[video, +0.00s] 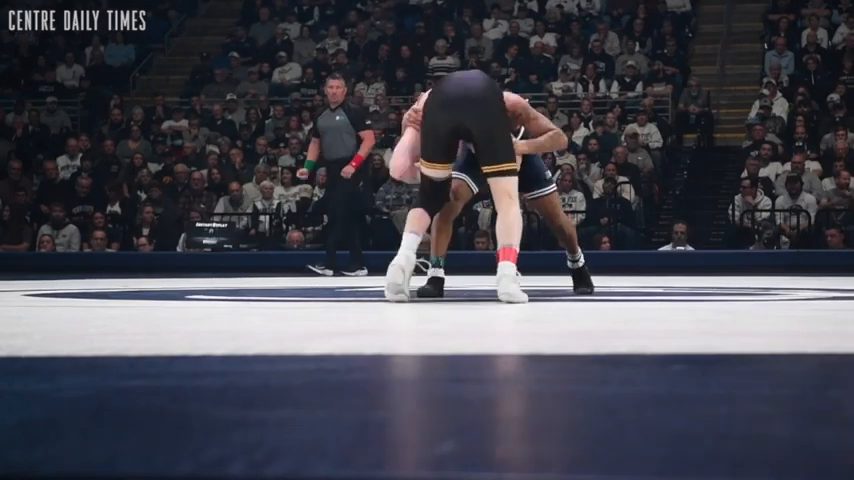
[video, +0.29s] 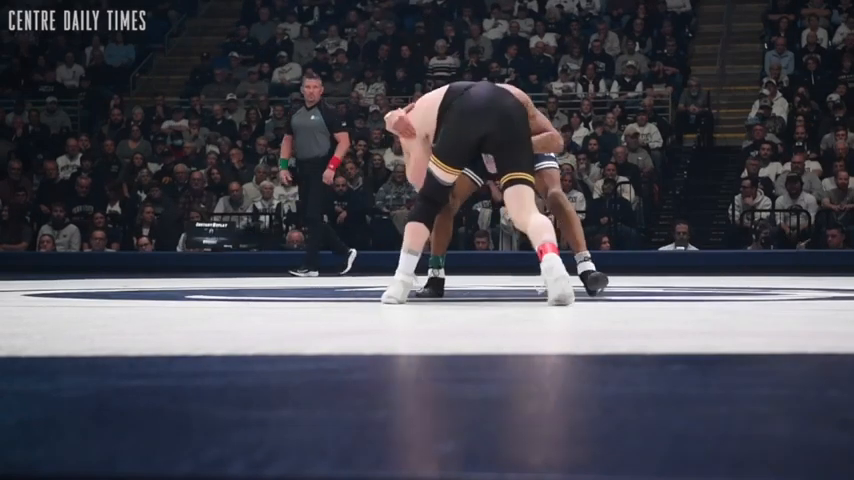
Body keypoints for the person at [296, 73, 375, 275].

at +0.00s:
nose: (334, 91)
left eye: (338, 87)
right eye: (330, 87)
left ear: (345, 90)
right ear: (325, 90)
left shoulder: (354, 112)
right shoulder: (321, 118)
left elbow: (369, 139)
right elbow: (315, 143)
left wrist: (354, 164)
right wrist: (307, 167)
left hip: (351, 168)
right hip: (332, 170)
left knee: (339, 214)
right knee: (344, 215)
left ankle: (330, 263)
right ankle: (357, 263)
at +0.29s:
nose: (311, 91)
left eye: (315, 87)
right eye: (308, 87)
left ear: (321, 90)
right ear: (302, 89)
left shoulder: (328, 112)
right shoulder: (295, 114)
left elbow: (344, 141)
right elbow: (288, 140)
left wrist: (332, 167)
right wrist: (284, 165)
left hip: (321, 167)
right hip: (301, 168)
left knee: (314, 216)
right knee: (308, 217)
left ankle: (311, 266)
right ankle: (345, 252)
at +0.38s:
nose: (304, 90)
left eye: (308, 86)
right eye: (300, 86)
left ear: (315, 89)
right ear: (295, 88)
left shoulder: (322, 111)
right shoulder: (289, 113)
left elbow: (335, 141)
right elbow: (281, 138)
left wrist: (319, 165)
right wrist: (276, 163)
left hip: (314, 164)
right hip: (296, 164)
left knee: (311, 215)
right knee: (294, 215)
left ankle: (311, 264)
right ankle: (331, 245)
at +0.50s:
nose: (295, 88)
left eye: (299, 84)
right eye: (292, 84)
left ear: (305, 86)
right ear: (286, 87)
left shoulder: (313, 108)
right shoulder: (279, 111)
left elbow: (322, 139)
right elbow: (273, 138)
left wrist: (301, 160)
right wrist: (266, 165)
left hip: (308, 165)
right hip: (286, 165)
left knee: (305, 212)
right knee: (276, 213)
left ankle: (311, 264)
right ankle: (302, 254)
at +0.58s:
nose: (287, 88)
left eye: (291, 84)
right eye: (283, 84)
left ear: (298, 86)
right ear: (277, 86)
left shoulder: (306, 109)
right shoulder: (273, 112)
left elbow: (313, 138)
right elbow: (267, 140)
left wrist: (290, 158)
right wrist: (260, 165)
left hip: (301, 166)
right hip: (278, 166)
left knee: (303, 213)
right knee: (268, 210)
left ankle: (308, 263)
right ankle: (275, 260)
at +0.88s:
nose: (253, 88)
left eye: (257, 84)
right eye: (250, 84)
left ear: (264, 87)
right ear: (243, 87)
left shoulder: (270, 108)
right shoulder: (239, 113)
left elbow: (281, 138)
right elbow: (235, 140)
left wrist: (262, 161)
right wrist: (230, 168)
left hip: (268, 166)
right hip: (245, 167)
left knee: (273, 211)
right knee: (241, 213)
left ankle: (301, 256)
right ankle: (241, 265)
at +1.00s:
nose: (240, 86)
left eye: (244, 82)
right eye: (237, 82)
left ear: (251, 85)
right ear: (230, 85)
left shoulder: (258, 106)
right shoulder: (226, 109)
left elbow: (271, 136)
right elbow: (220, 137)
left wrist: (256, 163)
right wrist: (212, 163)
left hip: (252, 163)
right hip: (231, 163)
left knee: (248, 211)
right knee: (234, 215)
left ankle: (281, 247)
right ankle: (240, 265)